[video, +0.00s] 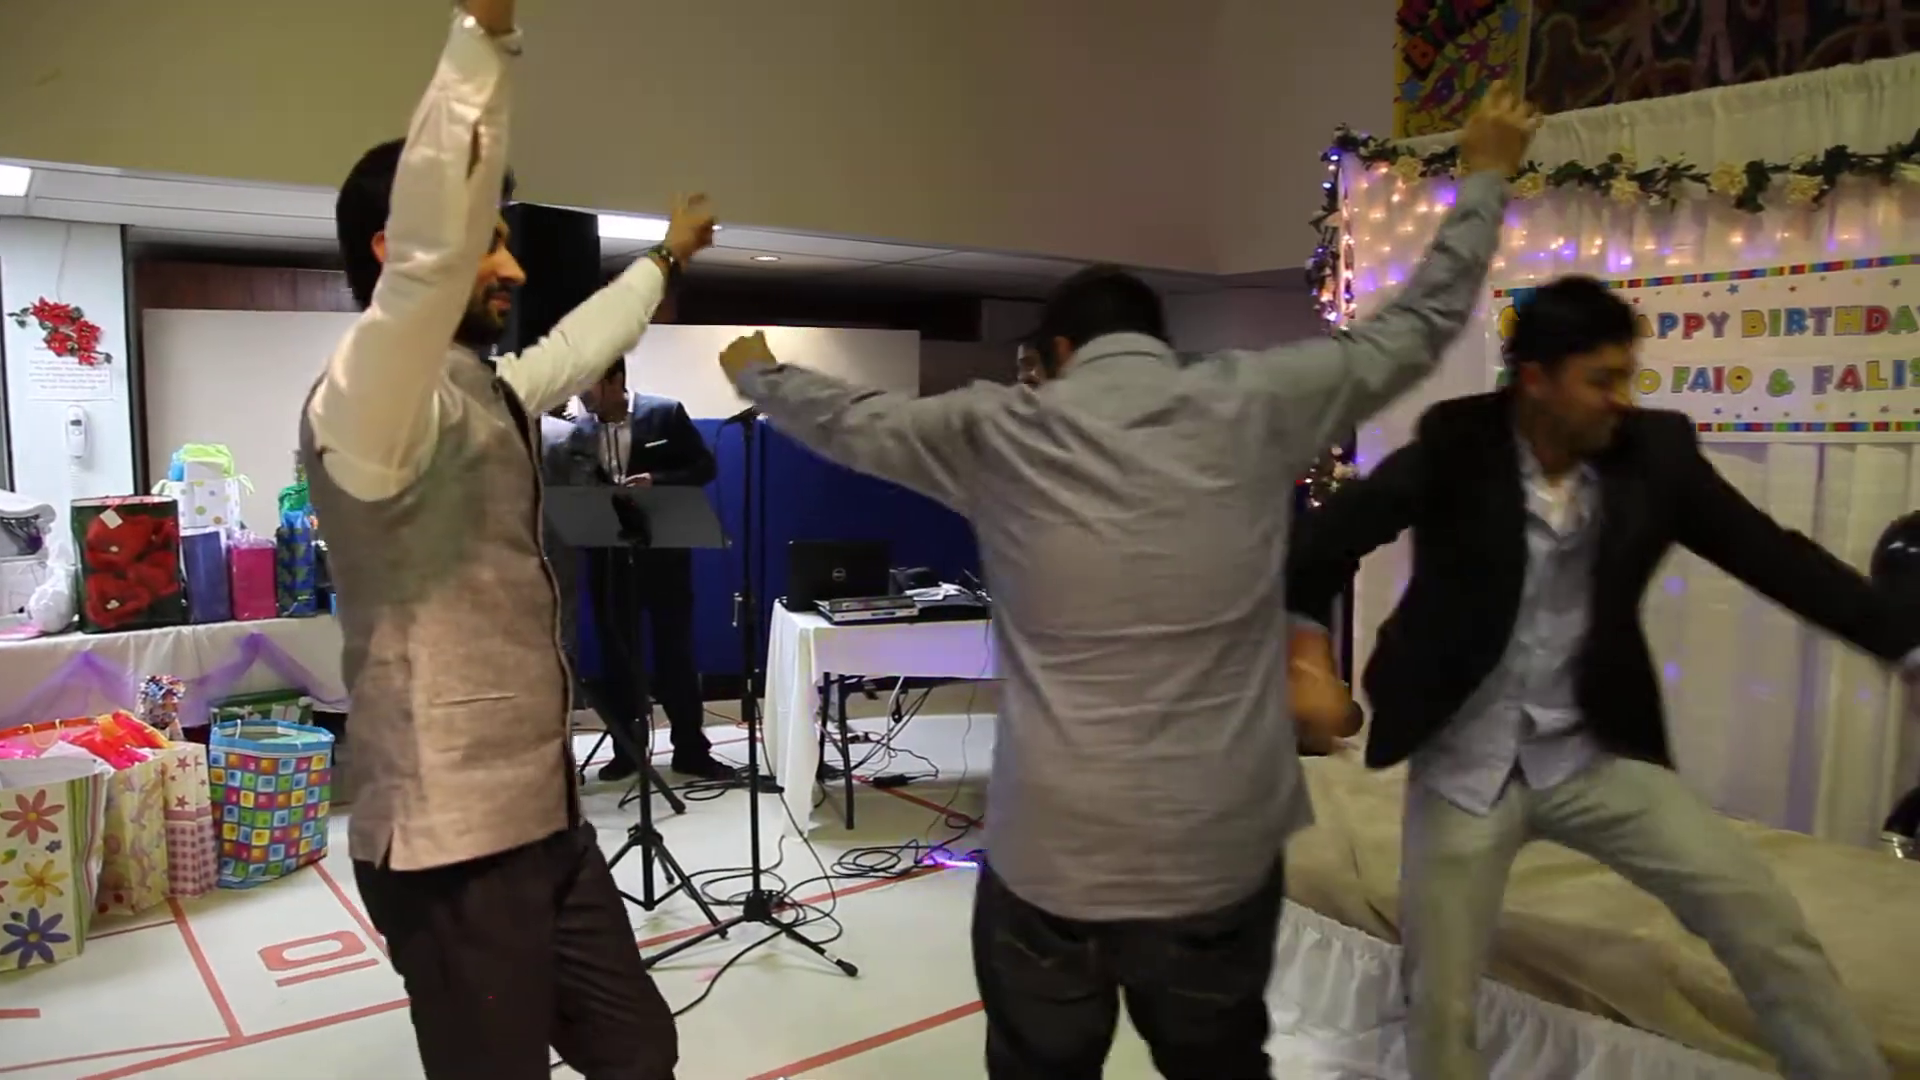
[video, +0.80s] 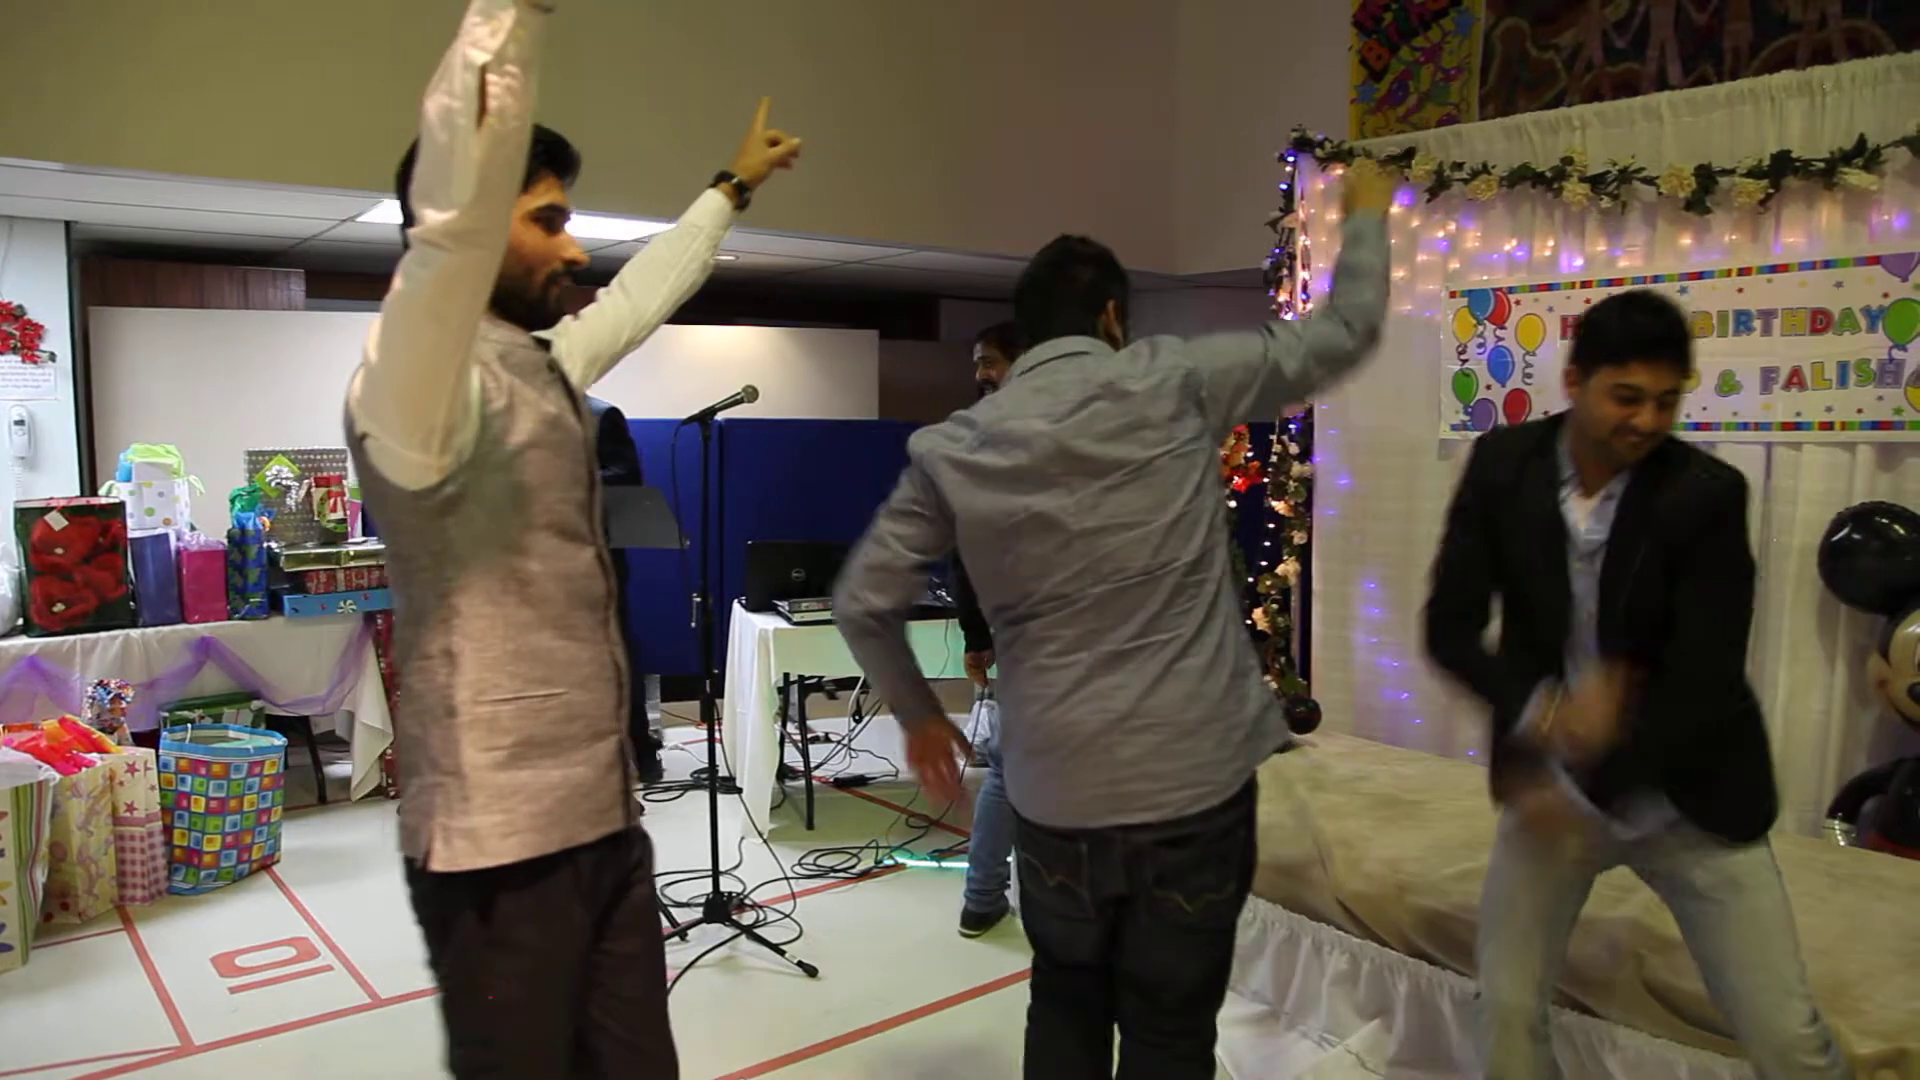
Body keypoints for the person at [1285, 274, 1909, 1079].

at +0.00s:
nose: (1622, 400)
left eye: (1627, 380)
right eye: (1604, 381)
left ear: (1634, 376)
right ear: (1532, 377)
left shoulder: (1654, 460)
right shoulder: (1450, 455)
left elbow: (1772, 556)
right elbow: (1322, 543)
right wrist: (1308, 665)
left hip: (1592, 757)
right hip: (1462, 767)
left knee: (1753, 909)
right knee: (1440, 998)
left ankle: (1857, 1074)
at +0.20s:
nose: (1738, 400)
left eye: (1747, 380)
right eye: (1719, 381)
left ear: (1752, 370)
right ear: (1648, 368)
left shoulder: (1770, 452)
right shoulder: (1553, 415)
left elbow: (1852, 602)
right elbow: (1422, 487)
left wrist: (1918, 706)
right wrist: (1299, 580)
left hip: (1666, 773)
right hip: (1526, 760)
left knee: (1735, 999)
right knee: (1446, 955)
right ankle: (1437, 1077)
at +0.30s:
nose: (1782, 424)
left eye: (1794, 403)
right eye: (1761, 403)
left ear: (1805, 394)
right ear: (1693, 387)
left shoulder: (1821, 509)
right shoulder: (1600, 441)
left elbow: (1809, 679)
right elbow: (1477, 528)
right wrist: (1345, 630)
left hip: (1695, 794)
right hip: (1556, 766)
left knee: (1741, 1043)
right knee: (1458, 953)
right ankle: (1429, 1074)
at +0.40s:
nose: (1804, 412)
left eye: (1823, 391)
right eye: (1782, 387)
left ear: (1838, 382)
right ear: (1722, 365)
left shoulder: (1828, 505)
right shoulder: (1641, 410)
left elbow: (1738, 677)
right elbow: (1533, 516)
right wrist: (1439, 642)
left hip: (1689, 766)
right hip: (1567, 726)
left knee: (1734, 1005)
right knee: (1449, 888)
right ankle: (1462, 1074)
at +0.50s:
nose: (1782, 406)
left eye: (1806, 391)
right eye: (1766, 379)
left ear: (1824, 390)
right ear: (1714, 356)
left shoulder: (1793, 490)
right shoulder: (1640, 399)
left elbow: (1711, 640)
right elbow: (1520, 516)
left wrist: (1583, 668)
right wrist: (1507, 622)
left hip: (1691, 760)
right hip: (1579, 719)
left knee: (1723, 995)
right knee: (1446, 867)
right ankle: (1459, 1073)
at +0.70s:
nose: (1678, 417)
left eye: (1702, 399)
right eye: (1660, 392)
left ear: (1722, 391)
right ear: (1614, 369)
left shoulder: (1735, 488)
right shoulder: (1548, 436)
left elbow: (1679, 662)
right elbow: (1492, 594)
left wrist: (1533, 661)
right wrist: (1582, 601)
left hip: (1696, 781)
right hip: (1565, 764)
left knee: (1771, 1036)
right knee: (1508, 982)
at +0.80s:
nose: (1646, 420)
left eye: (1666, 400)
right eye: (1626, 398)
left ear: (1684, 393)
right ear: (1574, 381)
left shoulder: (1706, 492)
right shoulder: (1504, 464)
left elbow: (1706, 681)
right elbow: (1449, 632)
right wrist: (1541, 710)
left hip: (1694, 795)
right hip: (1553, 793)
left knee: (1785, 1038)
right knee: (1507, 1007)